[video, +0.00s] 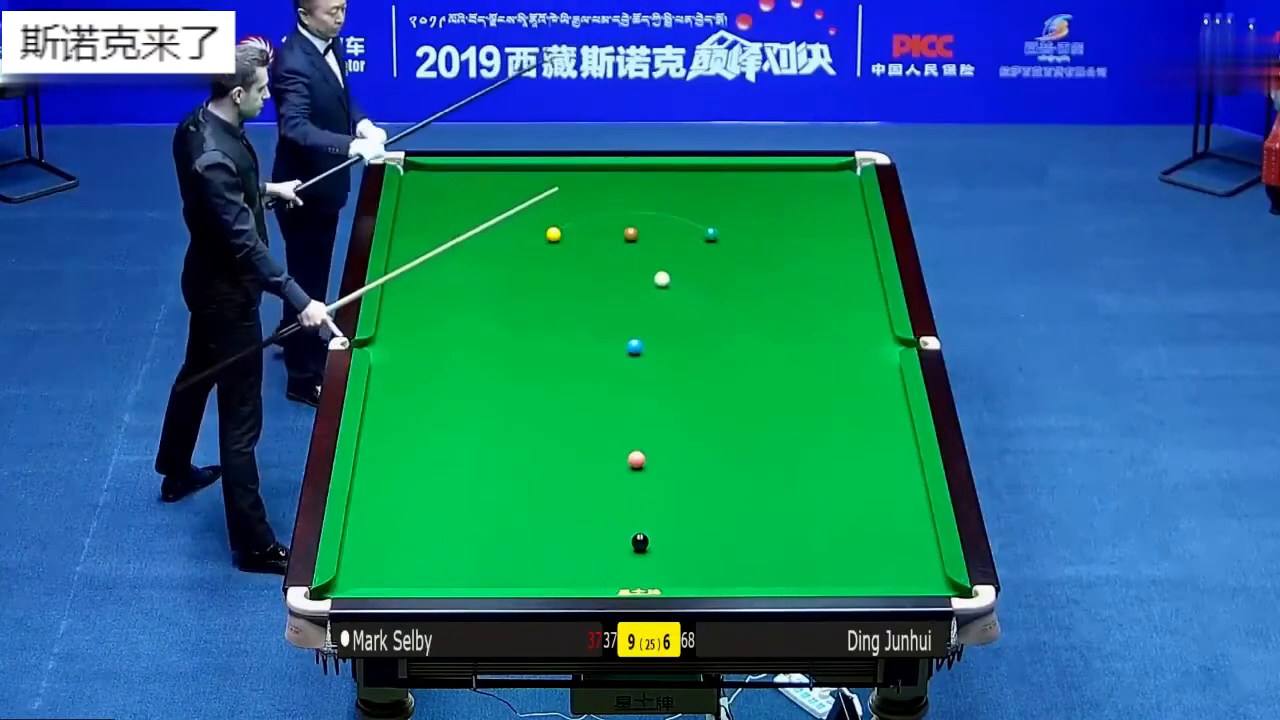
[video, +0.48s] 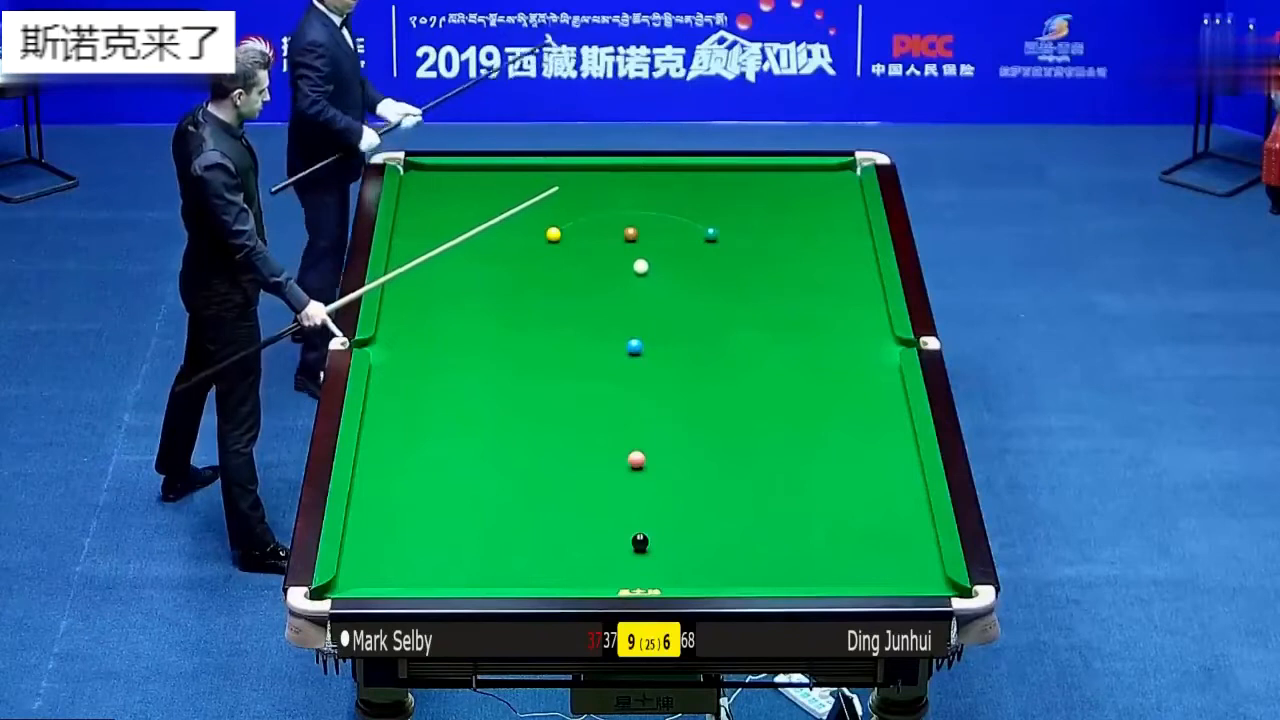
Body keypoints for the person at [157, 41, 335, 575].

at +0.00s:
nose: (267, 95)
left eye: (265, 86)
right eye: (261, 87)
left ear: (231, 86)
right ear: (238, 91)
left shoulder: (207, 122)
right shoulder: (214, 160)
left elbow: (225, 188)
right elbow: (244, 245)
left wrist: (267, 190)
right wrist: (302, 301)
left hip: (212, 280)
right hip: (230, 294)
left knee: (195, 379)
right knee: (241, 424)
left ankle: (175, 472)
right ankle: (253, 545)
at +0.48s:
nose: (267, 97)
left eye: (267, 88)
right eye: (261, 89)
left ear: (230, 89)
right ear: (235, 93)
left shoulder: (203, 120)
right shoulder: (213, 164)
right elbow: (245, 246)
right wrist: (301, 301)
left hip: (208, 281)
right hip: (225, 295)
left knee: (195, 379)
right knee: (239, 425)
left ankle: (175, 472)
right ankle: (253, 546)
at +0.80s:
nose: (267, 102)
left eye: (267, 93)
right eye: (262, 94)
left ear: (229, 92)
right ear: (235, 96)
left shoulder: (200, 121)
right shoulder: (212, 166)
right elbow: (245, 247)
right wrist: (300, 302)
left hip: (206, 284)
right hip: (226, 299)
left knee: (192, 379)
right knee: (239, 426)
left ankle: (175, 472)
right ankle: (253, 546)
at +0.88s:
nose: (267, 103)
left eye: (267, 94)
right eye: (262, 95)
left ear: (228, 93)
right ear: (237, 98)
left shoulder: (200, 122)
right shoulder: (211, 169)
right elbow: (245, 248)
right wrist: (301, 301)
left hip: (206, 284)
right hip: (226, 298)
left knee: (192, 379)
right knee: (239, 426)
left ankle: (175, 472)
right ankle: (253, 546)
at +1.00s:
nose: (266, 104)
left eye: (266, 94)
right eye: (260, 96)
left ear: (228, 93)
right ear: (235, 98)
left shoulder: (200, 122)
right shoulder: (210, 168)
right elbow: (244, 248)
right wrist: (300, 302)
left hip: (206, 283)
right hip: (225, 298)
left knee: (193, 379)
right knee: (239, 424)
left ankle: (175, 472)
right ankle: (253, 546)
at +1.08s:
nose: (266, 104)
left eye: (266, 95)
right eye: (260, 96)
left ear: (229, 93)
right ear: (236, 98)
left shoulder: (201, 122)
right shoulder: (210, 168)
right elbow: (243, 247)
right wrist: (299, 301)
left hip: (206, 283)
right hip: (225, 297)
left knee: (193, 378)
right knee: (239, 423)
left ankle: (175, 471)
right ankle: (253, 546)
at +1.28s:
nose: (265, 106)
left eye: (266, 97)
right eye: (262, 97)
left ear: (235, 94)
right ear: (238, 97)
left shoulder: (228, 139)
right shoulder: (216, 157)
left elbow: (241, 234)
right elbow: (239, 244)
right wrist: (299, 301)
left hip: (232, 300)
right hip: (223, 305)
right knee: (237, 425)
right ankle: (252, 545)